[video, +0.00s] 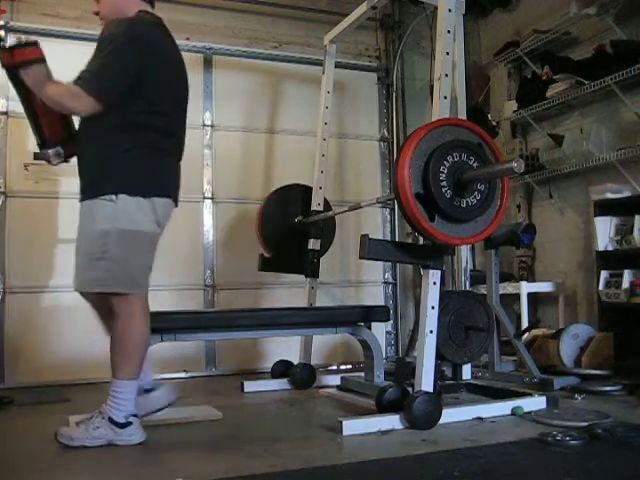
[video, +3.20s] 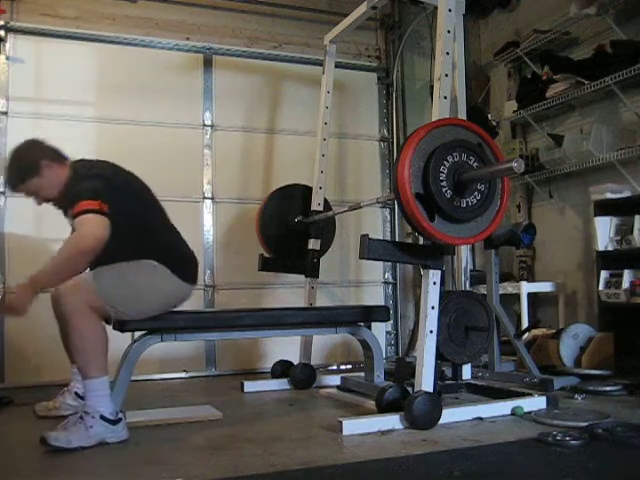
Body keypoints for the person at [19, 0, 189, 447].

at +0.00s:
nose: (95, 5)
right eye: (96, 1)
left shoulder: (133, 32)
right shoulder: (139, 34)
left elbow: (84, 100)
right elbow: (125, 121)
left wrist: (43, 84)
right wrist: (73, 143)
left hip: (131, 185)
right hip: (118, 185)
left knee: (125, 294)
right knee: (95, 287)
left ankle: (120, 418)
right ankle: (146, 386)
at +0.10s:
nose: (90, 6)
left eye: (93, 0)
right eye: (91, 2)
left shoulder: (129, 34)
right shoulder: (131, 35)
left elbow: (69, 98)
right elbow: (112, 116)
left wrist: (31, 64)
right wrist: (62, 130)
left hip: (127, 186)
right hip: (107, 186)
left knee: (122, 295)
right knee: (90, 292)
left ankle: (121, 418)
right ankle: (94, 399)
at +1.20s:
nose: (40, 57)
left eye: (42, 48)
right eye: (38, 51)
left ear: (66, 38)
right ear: (73, 40)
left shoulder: (74, 67)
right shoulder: (91, 71)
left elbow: (37, 126)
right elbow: (76, 139)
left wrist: (18, 121)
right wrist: (26, 127)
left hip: (99, 198)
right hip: (104, 198)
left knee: (87, 292)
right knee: (88, 294)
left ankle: (102, 403)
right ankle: (95, 394)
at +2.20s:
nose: (1, 91)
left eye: (1, 81)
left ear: (19, 71)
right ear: (25, 71)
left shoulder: (52, 89)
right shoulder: (52, 95)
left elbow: (12, 122)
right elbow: (14, 154)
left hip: (131, 202)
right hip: (111, 205)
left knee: (96, 295)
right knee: (80, 295)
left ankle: (107, 415)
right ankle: (86, 400)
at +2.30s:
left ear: (10, 88)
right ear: (12, 89)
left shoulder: (43, 103)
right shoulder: (29, 124)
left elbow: (40, 142)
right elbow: (10, 175)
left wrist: (24, 217)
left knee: (101, 293)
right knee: (77, 294)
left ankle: (107, 414)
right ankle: (85, 397)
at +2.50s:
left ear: (4, 141)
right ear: (6, 141)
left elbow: (52, 178)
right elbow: (28, 219)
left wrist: (51, 255)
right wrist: (29, 268)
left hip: (143, 208)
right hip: (119, 215)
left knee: (92, 294)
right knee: (73, 293)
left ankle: (106, 415)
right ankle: (84, 395)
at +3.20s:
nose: (40, 201)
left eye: (36, 192)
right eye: (33, 197)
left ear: (48, 167)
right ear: (49, 166)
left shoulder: (88, 181)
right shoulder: (80, 181)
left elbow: (91, 238)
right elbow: (85, 241)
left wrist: (31, 287)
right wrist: (32, 285)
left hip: (165, 271)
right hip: (148, 269)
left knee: (75, 297)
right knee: (64, 295)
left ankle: (103, 416)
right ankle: (83, 393)